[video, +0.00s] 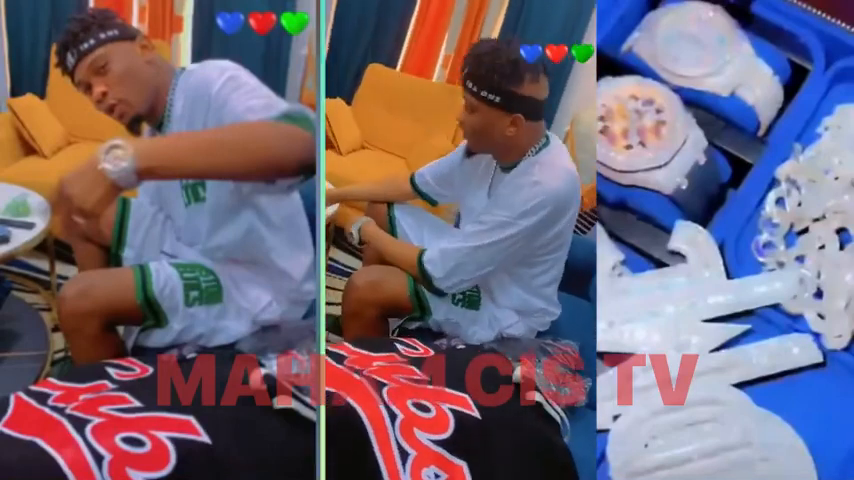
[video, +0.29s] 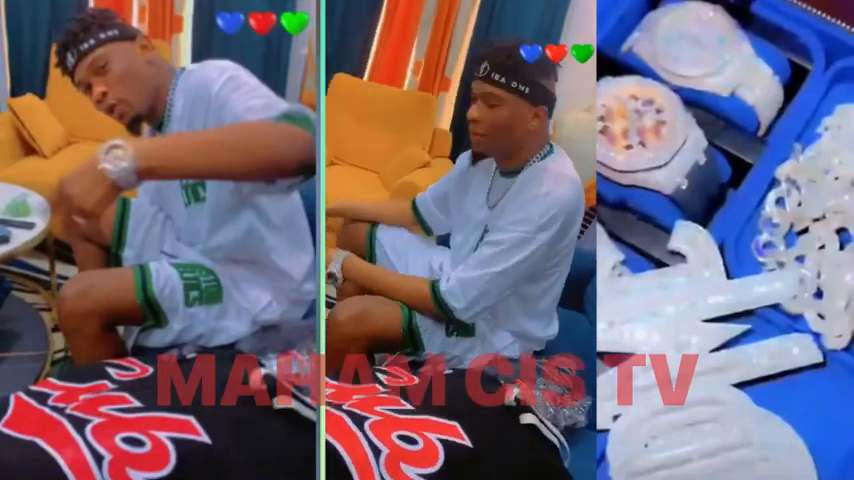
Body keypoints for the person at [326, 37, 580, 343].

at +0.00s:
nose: (460, 117)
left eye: (470, 110)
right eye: (464, 106)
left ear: (513, 126)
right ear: (513, 126)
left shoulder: (547, 187)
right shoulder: (498, 143)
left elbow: (440, 271)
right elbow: (415, 184)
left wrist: (361, 226)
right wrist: (339, 192)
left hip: (505, 307)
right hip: (476, 259)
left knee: (366, 286)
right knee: (380, 210)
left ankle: (359, 393)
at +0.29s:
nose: (472, 114)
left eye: (491, 104)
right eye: (473, 100)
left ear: (537, 117)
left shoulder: (551, 195)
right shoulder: (483, 160)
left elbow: (453, 300)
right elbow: (419, 213)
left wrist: (351, 268)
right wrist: (339, 207)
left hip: (496, 331)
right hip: (458, 275)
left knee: (350, 318)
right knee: (352, 231)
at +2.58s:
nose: (473, 121)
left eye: (483, 116)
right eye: (478, 111)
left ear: (519, 129)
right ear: (519, 128)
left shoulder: (542, 186)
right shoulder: (493, 140)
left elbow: (446, 250)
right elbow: (417, 163)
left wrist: (359, 214)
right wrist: (334, 153)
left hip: (468, 283)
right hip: (448, 233)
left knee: (353, 246)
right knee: (368, 182)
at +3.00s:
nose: (491, 144)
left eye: (497, 139)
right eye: (493, 136)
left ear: (532, 153)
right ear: (534, 152)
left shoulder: (559, 207)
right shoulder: (523, 169)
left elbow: (461, 268)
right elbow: (462, 218)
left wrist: (388, 232)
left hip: (489, 312)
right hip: (472, 265)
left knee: (376, 259)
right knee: (396, 197)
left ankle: (340, 339)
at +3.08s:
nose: (520, 150)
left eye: (529, 147)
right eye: (525, 142)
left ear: (568, 161)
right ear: (569, 161)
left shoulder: (577, 221)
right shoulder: (551, 178)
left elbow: (480, 273)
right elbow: (490, 231)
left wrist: (404, 228)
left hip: (508, 321)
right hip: (494, 273)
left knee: (396, 259)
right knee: (422, 198)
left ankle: (360, 345)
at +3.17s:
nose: (542, 160)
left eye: (554, 157)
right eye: (546, 150)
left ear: (592, 169)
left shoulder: (588, 237)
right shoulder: (562, 188)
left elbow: (492, 275)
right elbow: (504, 244)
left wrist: (416, 231)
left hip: (517, 324)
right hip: (503, 277)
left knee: (407, 262)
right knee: (433, 201)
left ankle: (365, 343)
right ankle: (389, 292)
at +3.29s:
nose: (573, 165)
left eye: (585, 163)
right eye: (579, 153)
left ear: (609, 186)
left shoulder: (596, 252)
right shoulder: (577, 194)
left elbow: (500, 275)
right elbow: (515, 242)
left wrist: (427, 240)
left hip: (522, 327)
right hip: (509, 273)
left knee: (413, 260)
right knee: (436, 202)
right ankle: (393, 295)